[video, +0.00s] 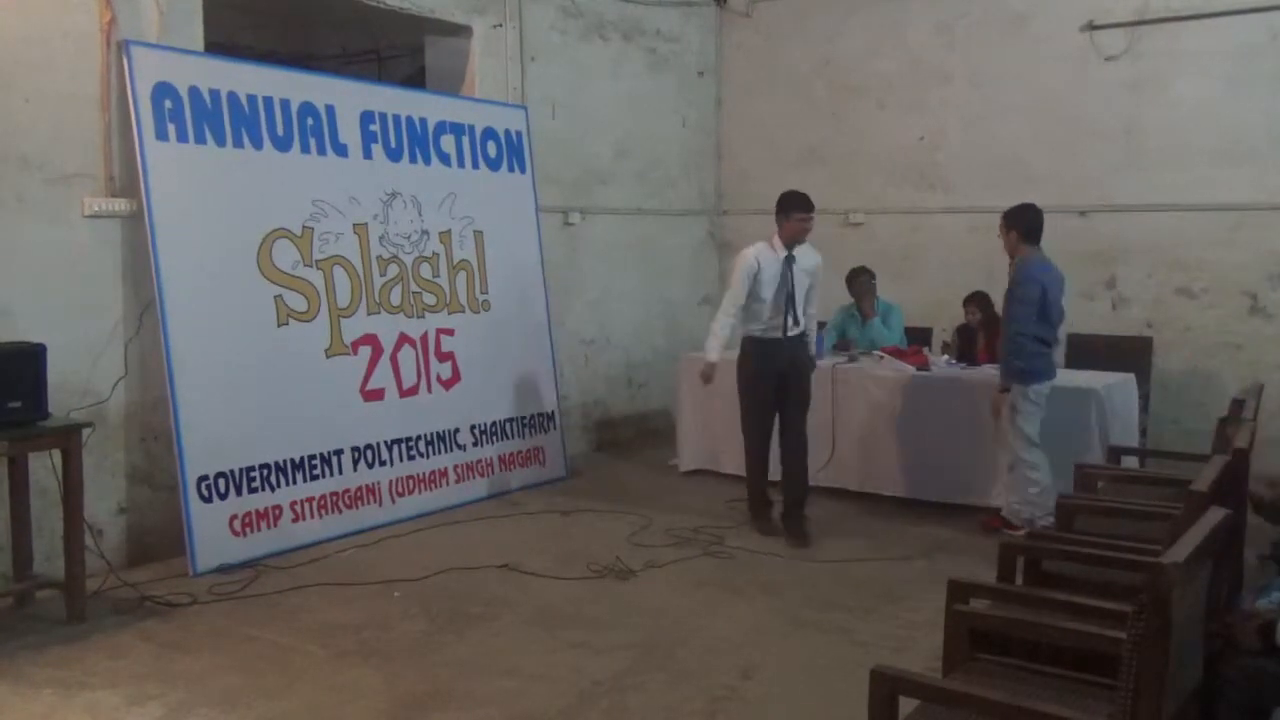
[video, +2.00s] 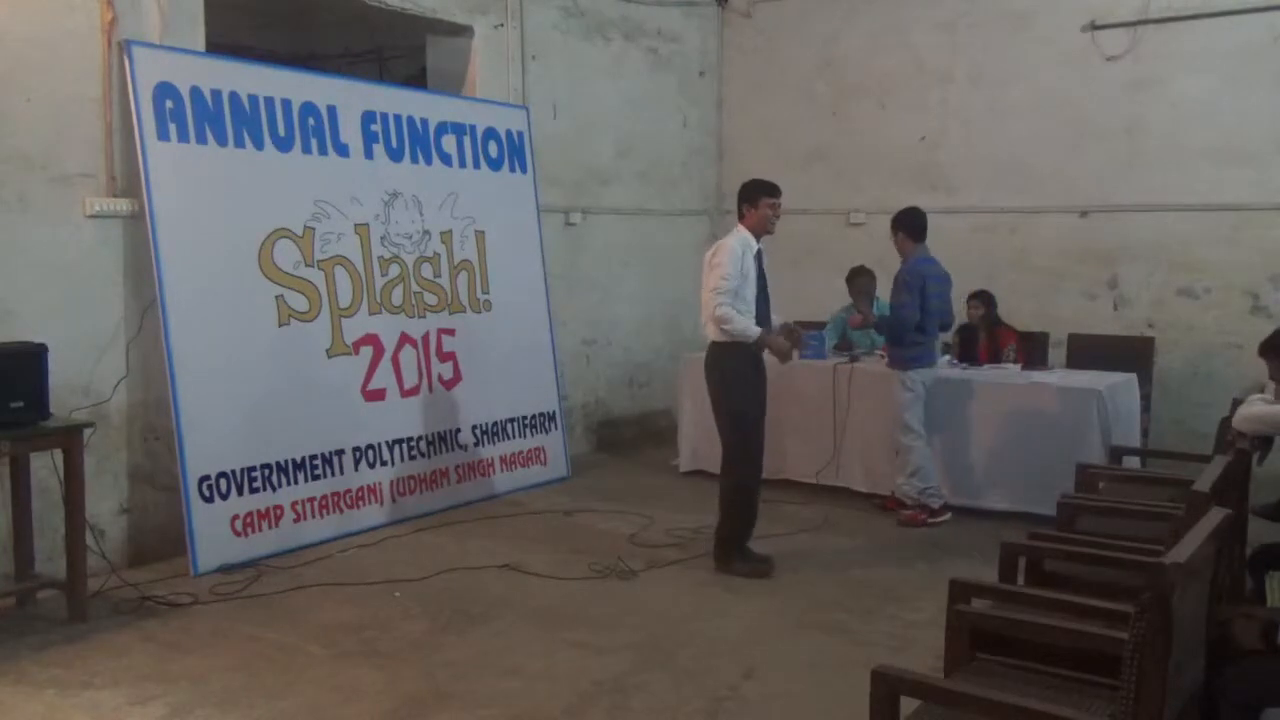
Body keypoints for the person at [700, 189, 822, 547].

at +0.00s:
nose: (809, 228)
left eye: (811, 221)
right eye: (803, 221)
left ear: (809, 223)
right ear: (782, 221)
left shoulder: (811, 260)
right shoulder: (752, 258)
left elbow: (809, 310)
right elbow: (730, 308)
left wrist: (810, 352)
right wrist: (711, 356)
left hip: (796, 355)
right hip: (757, 355)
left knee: (795, 436)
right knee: (757, 436)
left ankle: (795, 515)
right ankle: (760, 512)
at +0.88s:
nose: (767, 217)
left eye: (769, 210)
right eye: (761, 209)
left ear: (762, 213)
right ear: (738, 210)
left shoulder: (766, 251)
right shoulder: (708, 254)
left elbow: (779, 300)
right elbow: (703, 314)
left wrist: (770, 317)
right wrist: (711, 364)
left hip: (751, 351)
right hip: (716, 355)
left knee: (774, 442)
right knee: (716, 454)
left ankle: (738, 499)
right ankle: (715, 548)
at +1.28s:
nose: (764, 214)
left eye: (766, 207)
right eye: (758, 207)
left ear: (751, 212)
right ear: (735, 208)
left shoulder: (752, 250)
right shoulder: (713, 250)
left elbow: (769, 299)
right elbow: (734, 306)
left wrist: (754, 294)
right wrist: (769, 355)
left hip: (741, 357)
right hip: (711, 359)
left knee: (745, 455)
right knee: (715, 456)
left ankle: (737, 544)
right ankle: (716, 551)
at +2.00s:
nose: (777, 216)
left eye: (778, 209)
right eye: (771, 208)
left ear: (757, 213)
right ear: (748, 210)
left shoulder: (751, 250)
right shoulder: (730, 248)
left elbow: (746, 312)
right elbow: (719, 311)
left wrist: (773, 331)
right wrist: (766, 337)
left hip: (746, 356)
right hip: (731, 358)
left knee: (748, 455)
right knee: (740, 455)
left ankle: (737, 545)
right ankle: (730, 550)